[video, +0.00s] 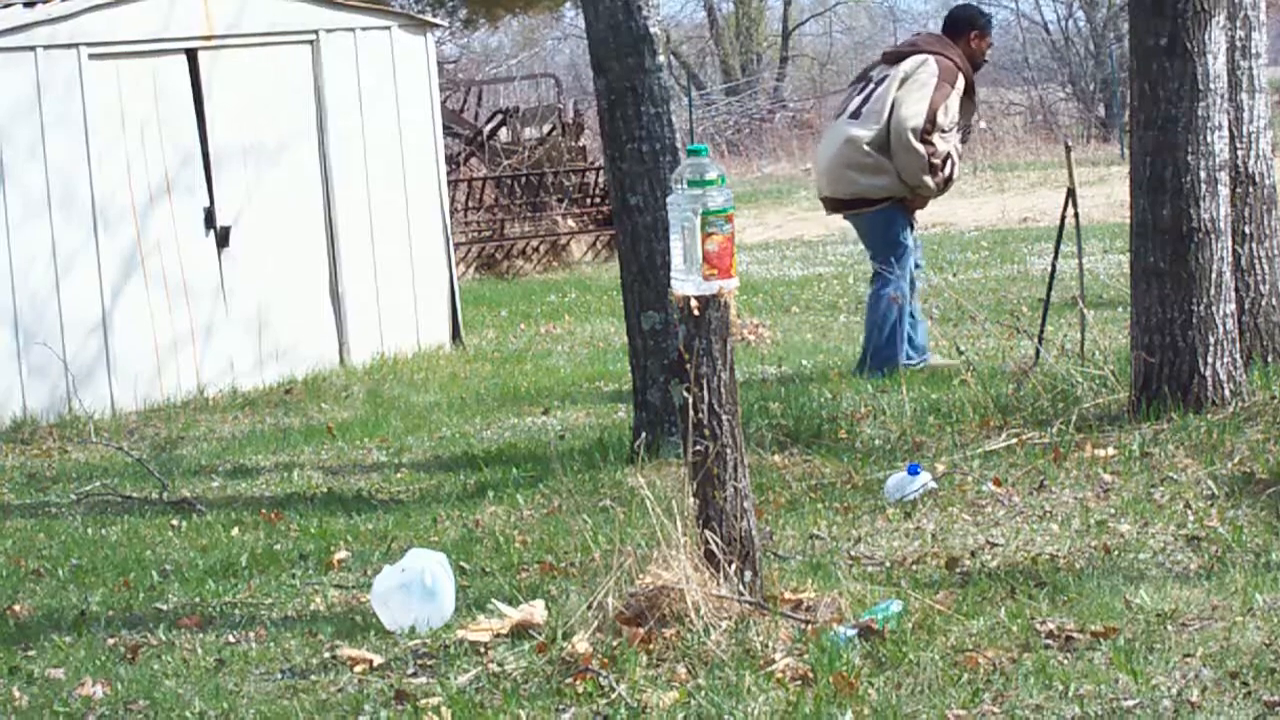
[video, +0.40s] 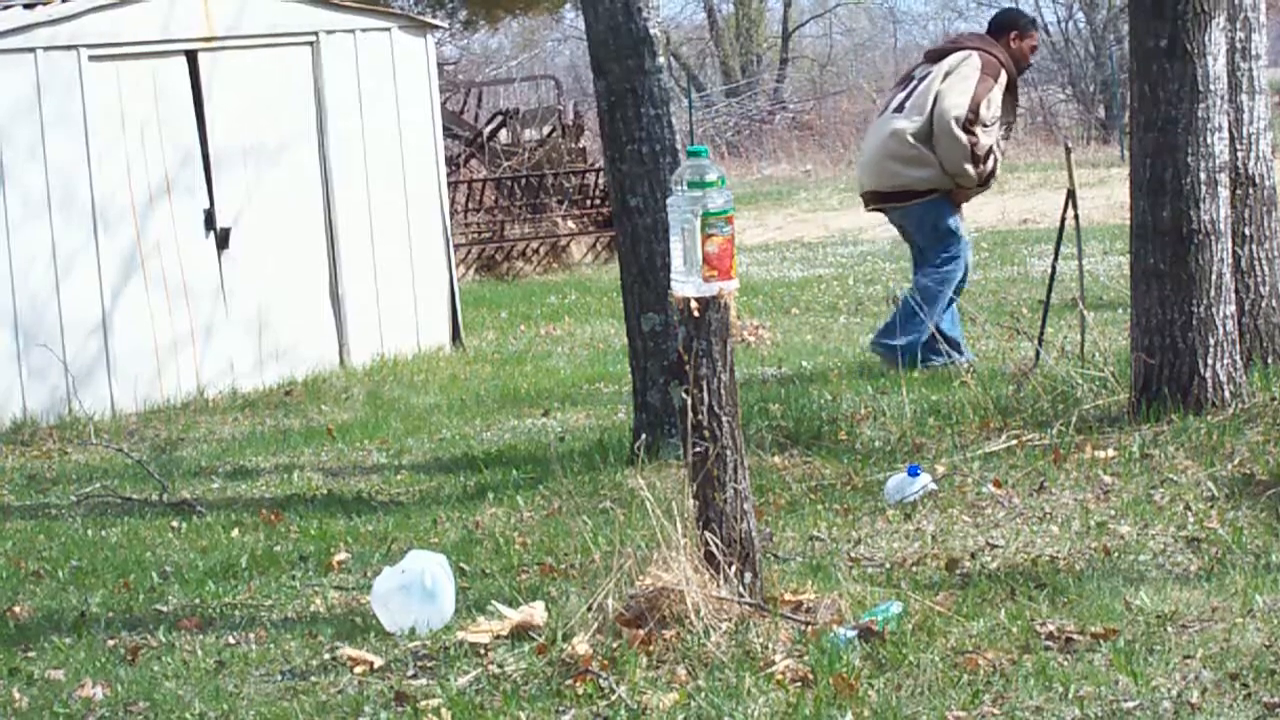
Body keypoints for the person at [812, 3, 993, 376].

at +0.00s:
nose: (988, 53)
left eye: (989, 45)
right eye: (987, 44)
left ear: (950, 34)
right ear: (972, 38)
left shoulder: (912, 56)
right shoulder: (942, 65)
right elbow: (910, 128)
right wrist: (926, 185)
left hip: (845, 172)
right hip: (866, 174)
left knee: (908, 258)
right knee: (895, 266)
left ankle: (912, 354)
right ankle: (880, 366)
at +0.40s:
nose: (1033, 57)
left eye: (1036, 49)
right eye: (1033, 47)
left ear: (1002, 37)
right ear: (1013, 39)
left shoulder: (954, 55)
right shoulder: (986, 61)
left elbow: (897, 108)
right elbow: (954, 120)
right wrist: (969, 180)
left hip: (883, 169)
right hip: (909, 168)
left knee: (939, 262)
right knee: (950, 260)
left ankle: (943, 353)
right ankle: (897, 344)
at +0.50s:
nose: (1044, 56)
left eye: (1046, 47)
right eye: (1043, 45)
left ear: (1015, 35)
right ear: (1023, 36)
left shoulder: (963, 54)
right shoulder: (995, 57)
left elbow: (908, 105)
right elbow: (962, 110)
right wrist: (982, 169)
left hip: (888, 168)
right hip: (918, 167)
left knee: (933, 256)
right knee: (976, 247)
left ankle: (946, 351)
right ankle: (925, 328)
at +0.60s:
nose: (1056, 57)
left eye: (1058, 48)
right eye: (1055, 46)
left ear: (1030, 36)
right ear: (1034, 37)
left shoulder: (975, 53)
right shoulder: (1004, 56)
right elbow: (970, 106)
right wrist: (995, 163)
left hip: (899, 168)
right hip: (931, 167)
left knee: (943, 257)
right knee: (993, 246)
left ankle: (937, 355)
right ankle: (971, 345)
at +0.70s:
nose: (1069, 60)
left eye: (1072, 52)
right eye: (1069, 49)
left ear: (1043, 39)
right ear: (1048, 40)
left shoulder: (987, 54)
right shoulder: (1017, 58)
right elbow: (981, 110)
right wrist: (1004, 169)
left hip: (908, 169)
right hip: (945, 169)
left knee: (947, 258)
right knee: (999, 256)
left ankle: (942, 357)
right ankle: (1024, 351)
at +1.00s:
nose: (1113, 71)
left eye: (1116, 63)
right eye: (1114, 61)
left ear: (1093, 45)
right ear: (1098, 47)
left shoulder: (1026, 53)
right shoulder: (1064, 62)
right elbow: (1027, 117)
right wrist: (1048, 171)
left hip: (944, 162)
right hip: (985, 165)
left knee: (976, 252)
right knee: (1023, 254)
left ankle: (948, 349)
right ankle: (1040, 350)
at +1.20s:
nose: (1131, 68)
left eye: (1134, 61)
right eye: (1133, 59)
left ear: (1104, 38)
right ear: (1122, 48)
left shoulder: (1049, 49)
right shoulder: (1086, 62)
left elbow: (984, 98)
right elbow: (1049, 116)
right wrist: (1066, 176)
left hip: (971, 157)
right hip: (1006, 159)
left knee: (1013, 243)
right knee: (1042, 256)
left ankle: (979, 317)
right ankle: (1044, 354)